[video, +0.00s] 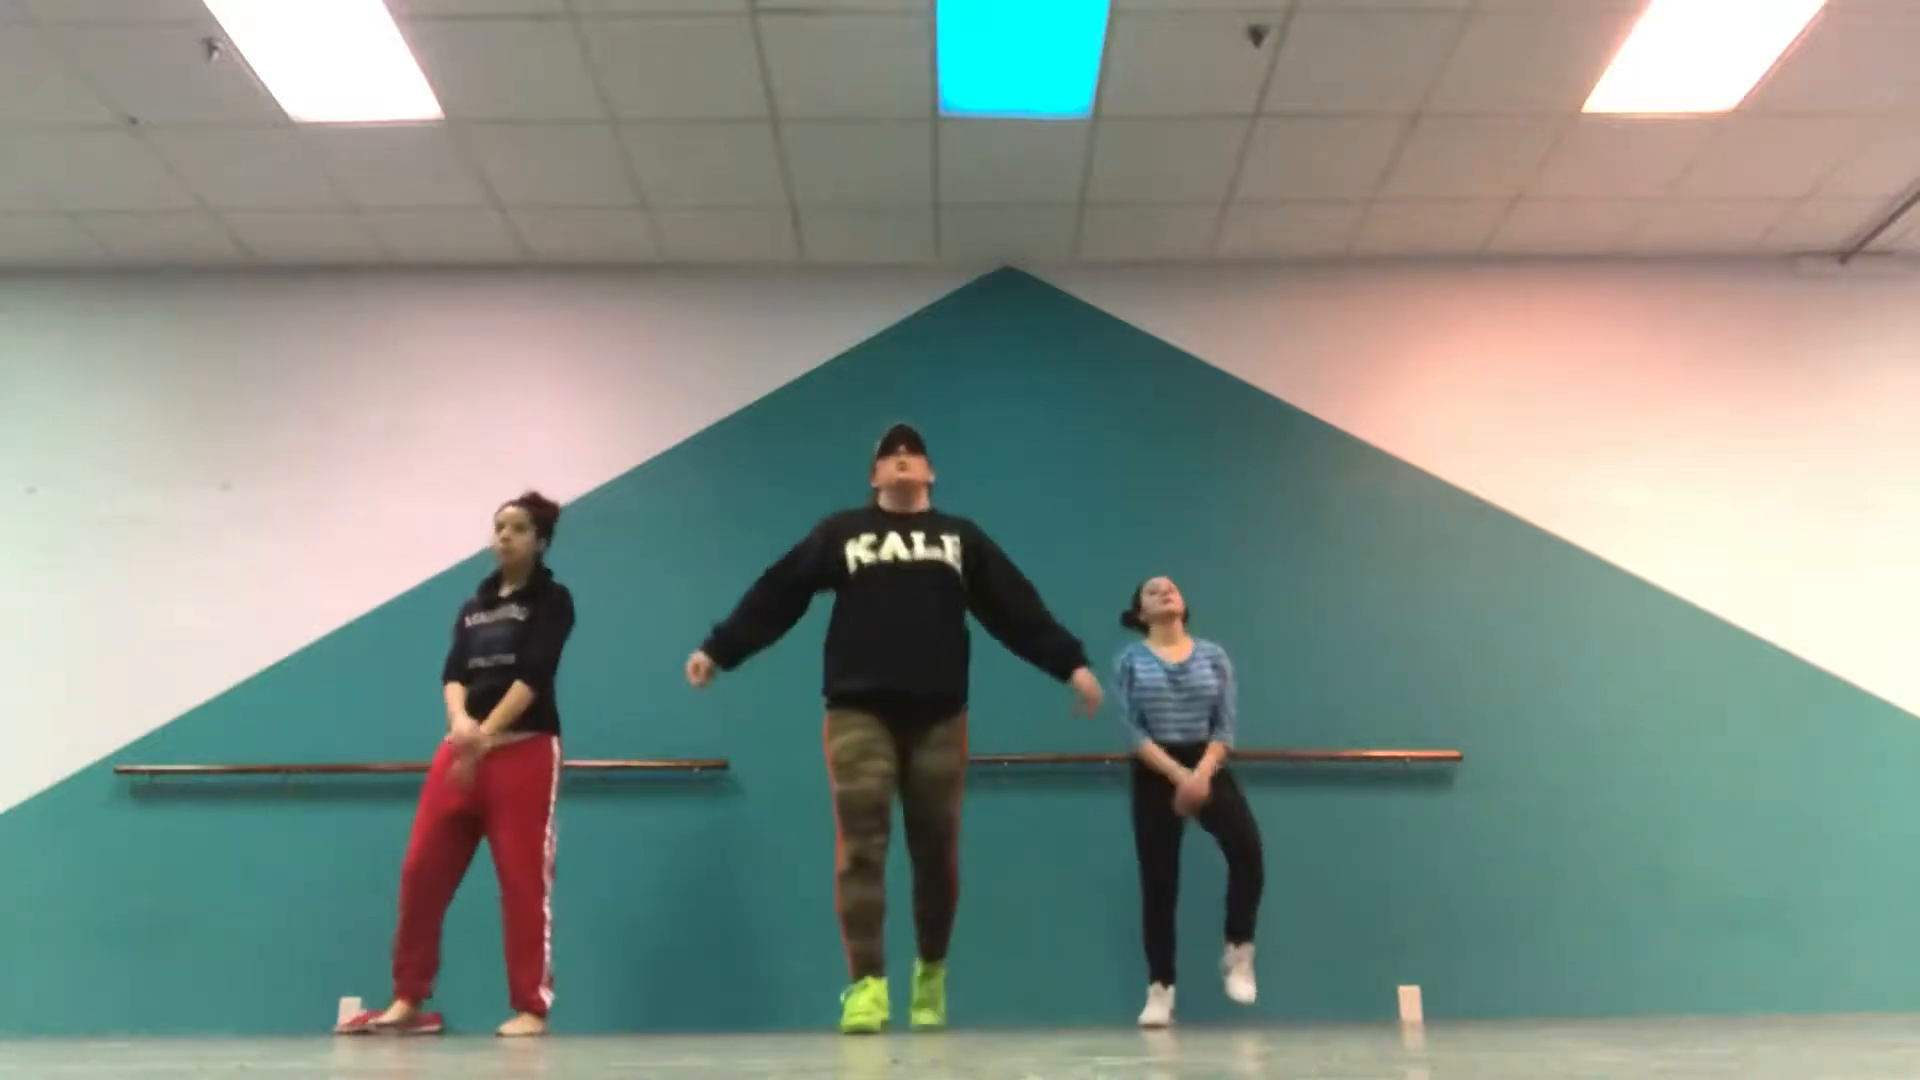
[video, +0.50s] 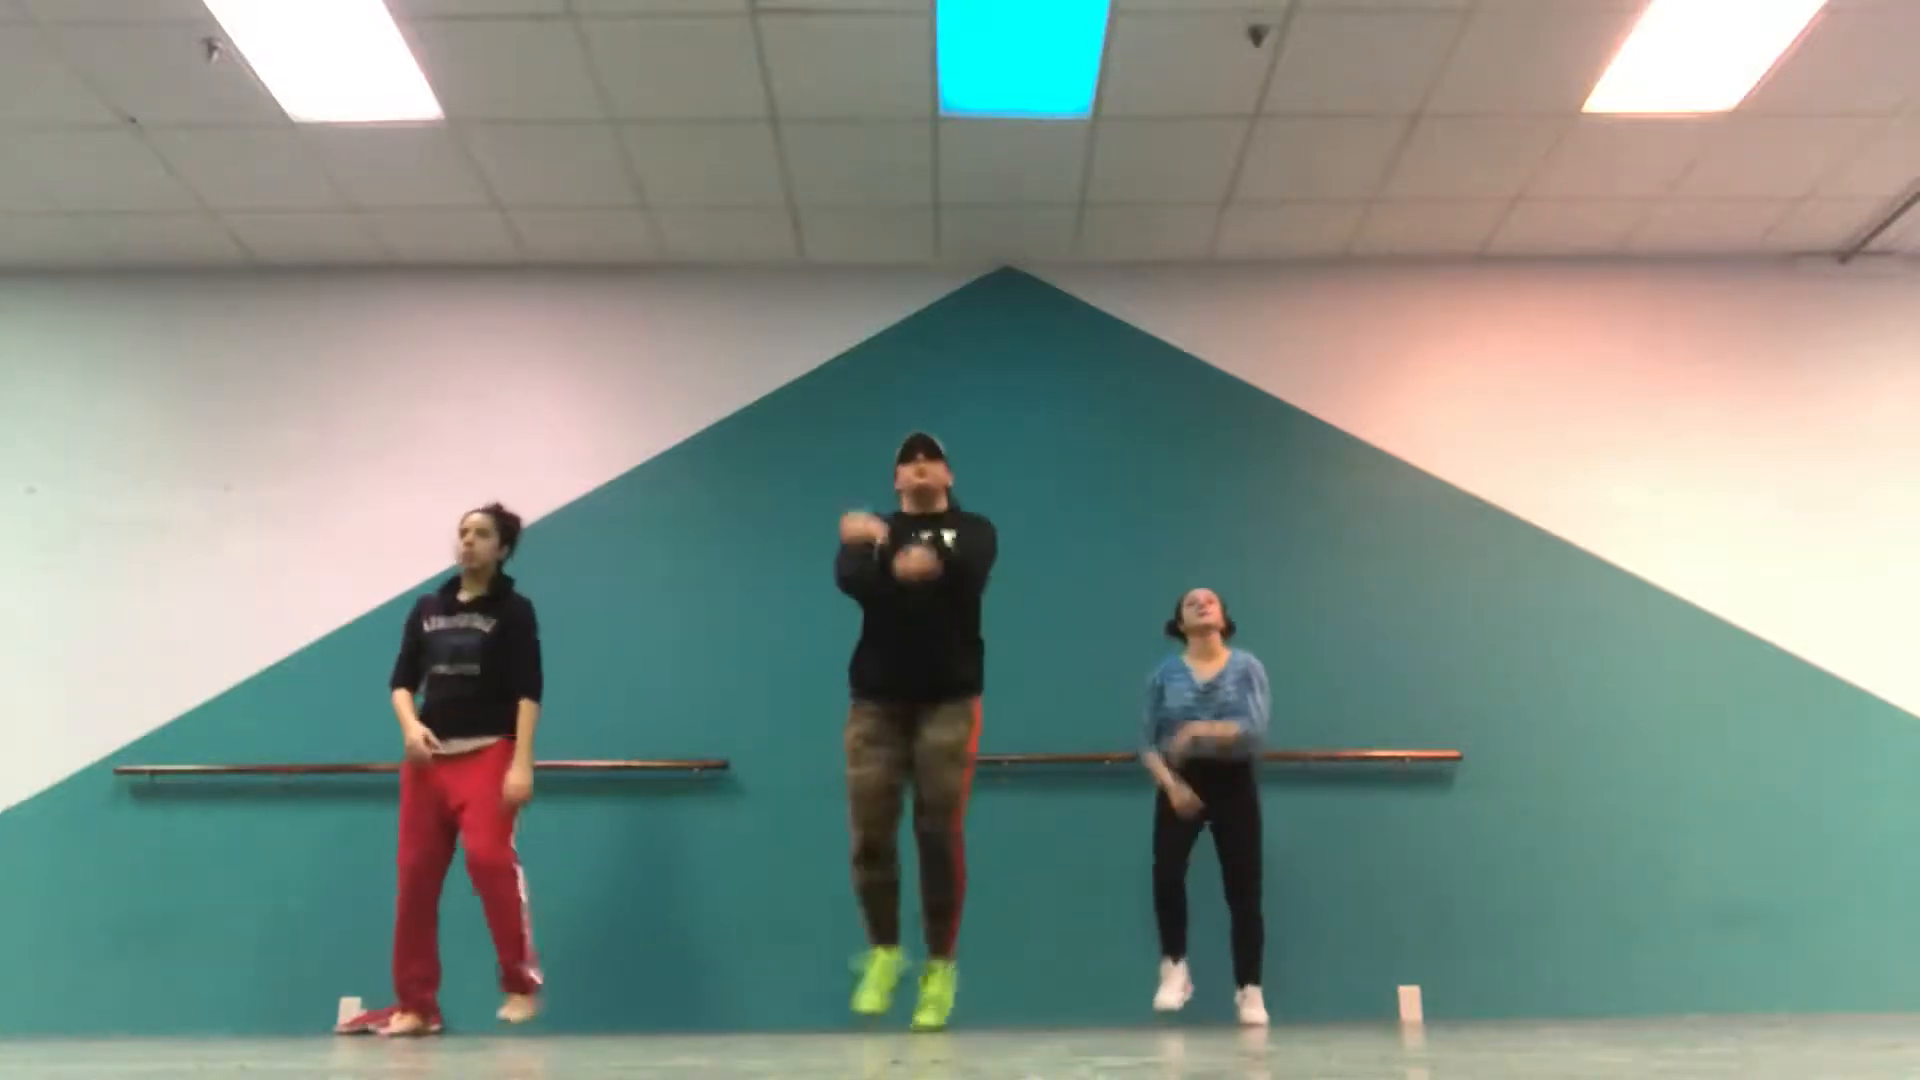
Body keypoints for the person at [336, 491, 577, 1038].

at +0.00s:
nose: (504, 537)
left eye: (516, 530)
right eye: (500, 528)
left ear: (539, 540)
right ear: (493, 536)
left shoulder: (553, 600)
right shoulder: (475, 603)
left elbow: (532, 677)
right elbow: (454, 673)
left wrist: (485, 737)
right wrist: (459, 721)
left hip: (523, 752)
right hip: (464, 747)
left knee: (524, 879)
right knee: (422, 871)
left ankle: (531, 1010)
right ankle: (410, 1001)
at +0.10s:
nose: (497, 548)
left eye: (510, 540)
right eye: (493, 538)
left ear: (533, 550)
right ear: (486, 546)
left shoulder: (545, 607)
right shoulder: (471, 611)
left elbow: (522, 682)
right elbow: (447, 679)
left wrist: (470, 747)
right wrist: (458, 718)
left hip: (515, 756)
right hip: (455, 754)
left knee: (513, 880)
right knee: (423, 878)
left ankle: (530, 1009)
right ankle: (416, 1005)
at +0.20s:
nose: (489, 553)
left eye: (502, 545)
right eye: (485, 544)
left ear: (525, 556)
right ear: (478, 551)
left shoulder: (536, 612)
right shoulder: (460, 617)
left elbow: (514, 685)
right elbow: (438, 683)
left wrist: (478, 751)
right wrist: (444, 732)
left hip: (505, 760)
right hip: (444, 757)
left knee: (505, 879)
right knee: (419, 879)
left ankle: (527, 1009)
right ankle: (417, 1007)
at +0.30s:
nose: (480, 549)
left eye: (492, 541)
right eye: (476, 540)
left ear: (515, 552)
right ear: (469, 549)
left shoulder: (525, 611)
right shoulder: (447, 614)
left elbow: (512, 688)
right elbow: (424, 682)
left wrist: (489, 759)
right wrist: (424, 735)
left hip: (496, 757)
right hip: (435, 759)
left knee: (502, 881)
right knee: (414, 886)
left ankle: (528, 1006)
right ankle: (417, 1008)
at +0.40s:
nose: (472, 544)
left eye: (484, 538)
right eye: (468, 536)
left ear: (507, 550)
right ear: (460, 545)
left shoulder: (517, 615)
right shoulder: (433, 612)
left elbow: (518, 694)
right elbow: (409, 684)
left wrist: (506, 764)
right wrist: (414, 729)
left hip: (486, 761)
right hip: (427, 763)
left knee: (499, 873)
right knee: (414, 885)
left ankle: (533, 998)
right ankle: (416, 1007)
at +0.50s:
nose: (467, 541)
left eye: (479, 535)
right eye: (463, 533)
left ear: (502, 547)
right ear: (456, 543)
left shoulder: (515, 610)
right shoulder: (427, 609)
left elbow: (528, 691)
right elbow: (402, 681)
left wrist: (522, 763)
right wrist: (410, 725)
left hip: (488, 757)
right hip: (426, 760)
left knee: (489, 862)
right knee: (415, 880)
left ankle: (520, 986)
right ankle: (417, 1005)